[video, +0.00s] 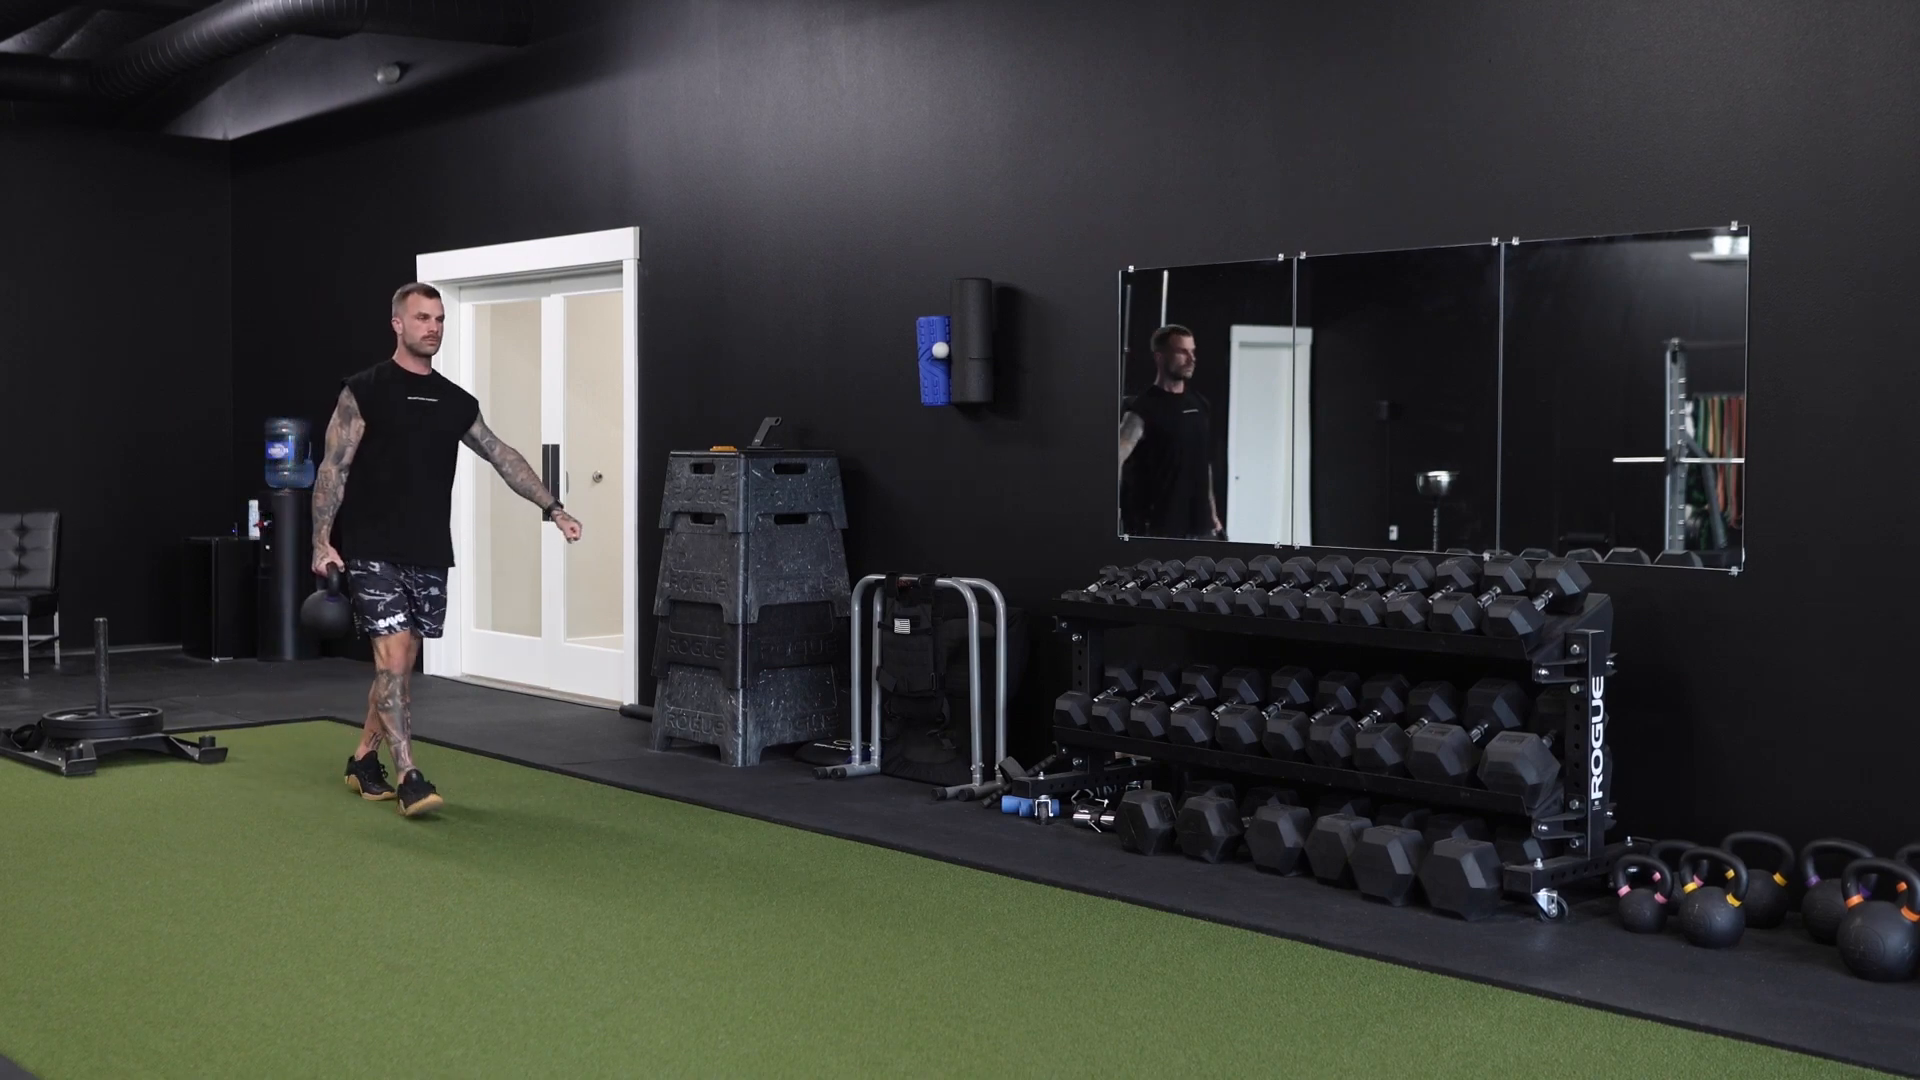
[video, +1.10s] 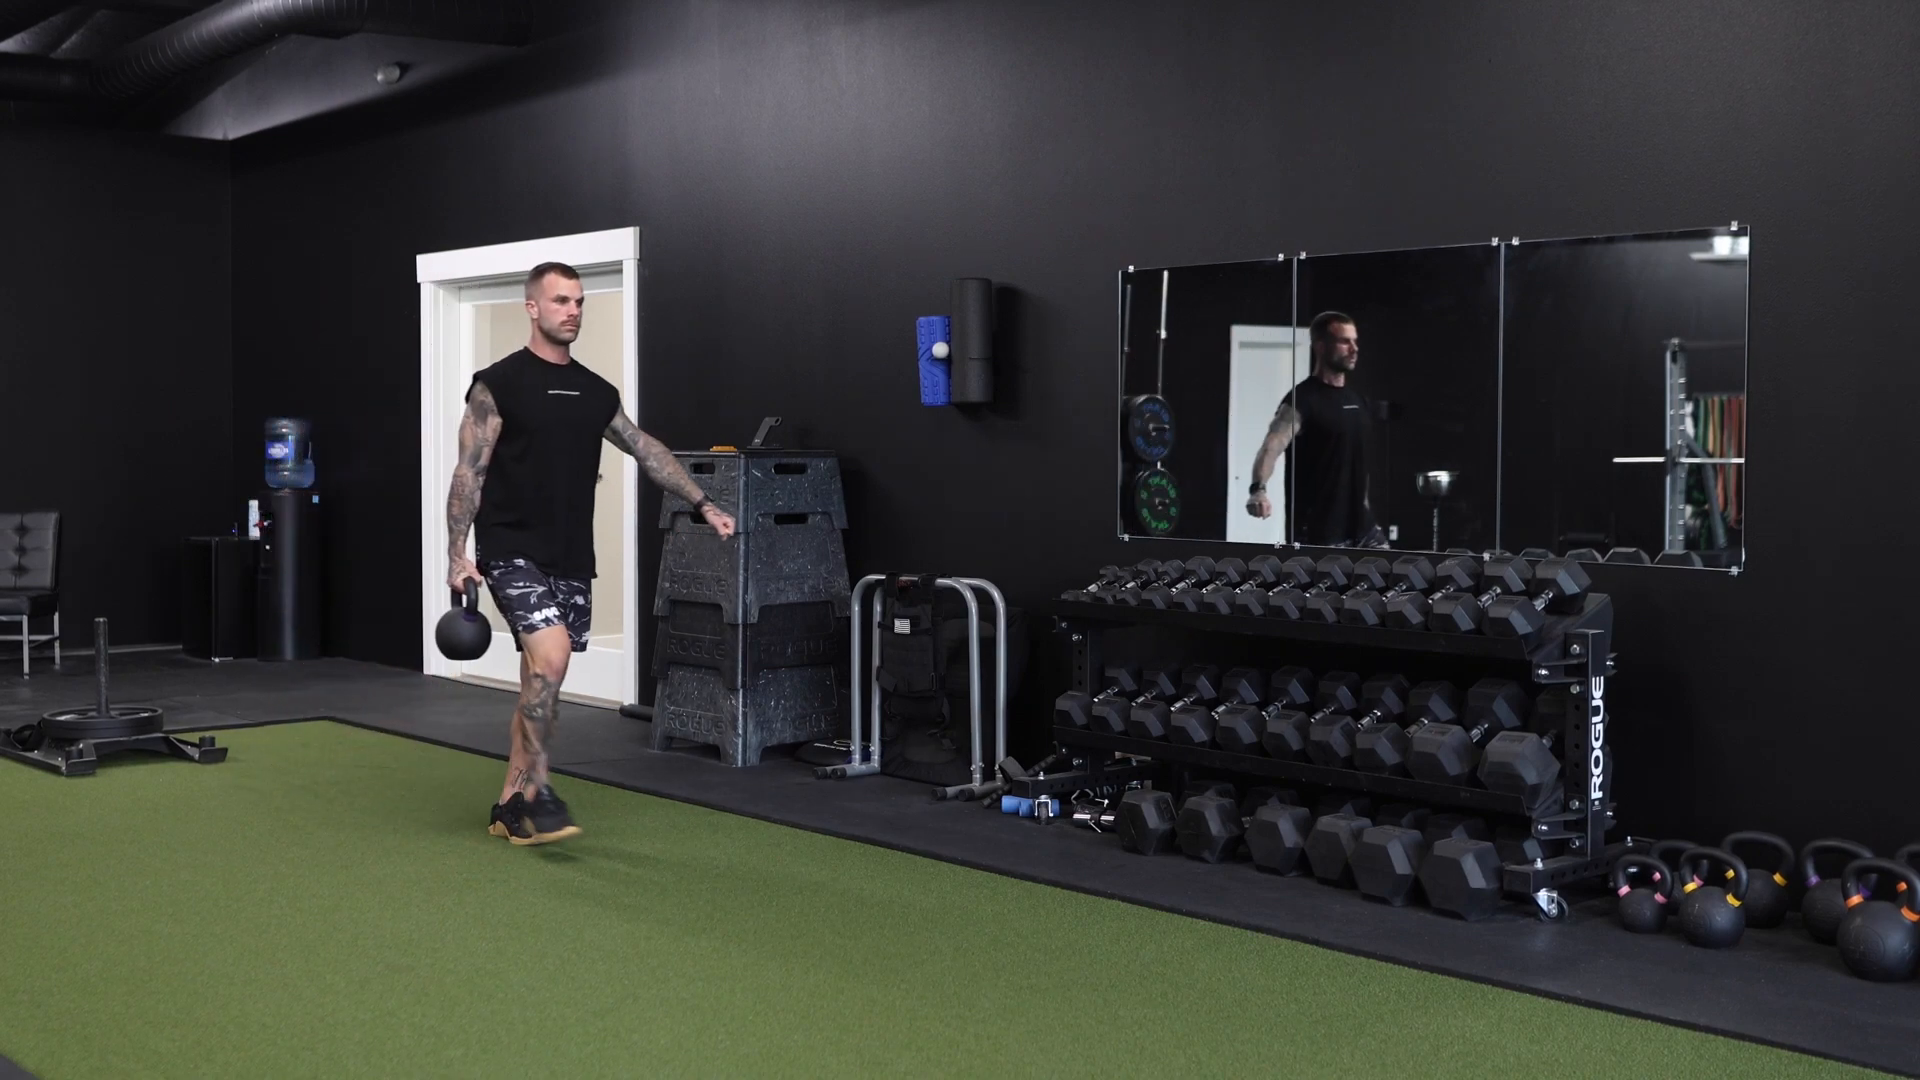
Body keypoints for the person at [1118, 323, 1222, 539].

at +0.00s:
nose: (1191, 359)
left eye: (1193, 352)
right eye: (1182, 352)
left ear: (1196, 354)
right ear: (1159, 357)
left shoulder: (1199, 406)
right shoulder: (1143, 407)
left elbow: (1204, 465)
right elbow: (1116, 458)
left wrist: (1211, 513)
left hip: (1194, 524)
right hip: (1152, 525)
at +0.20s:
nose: (1223, 354)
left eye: (1225, 347)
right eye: (1214, 347)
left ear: (1228, 350)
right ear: (1191, 351)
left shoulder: (1232, 404)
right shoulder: (1177, 402)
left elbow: (1232, 462)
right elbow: (1146, 448)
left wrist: (1241, 516)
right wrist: (1134, 487)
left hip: (1228, 524)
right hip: (1189, 524)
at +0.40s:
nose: (1249, 350)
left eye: (1251, 344)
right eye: (1240, 344)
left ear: (1253, 346)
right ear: (1217, 348)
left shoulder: (1257, 402)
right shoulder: (1203, 398)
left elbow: (1257, 459)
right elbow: (1172, 443)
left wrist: (1265, 511)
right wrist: (1158, 482)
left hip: (1248, 518)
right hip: (1211, 518)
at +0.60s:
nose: (1276, 353)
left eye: (1277, 346)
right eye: (1266, 346)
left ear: (1279, 348)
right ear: (1244, 349)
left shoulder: (1283, 404)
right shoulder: (1229, 401)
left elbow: (1287, 464)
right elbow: (1197, 448)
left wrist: (1296, 517)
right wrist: (1182, 488)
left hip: (1277, 521)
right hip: (1239, 520)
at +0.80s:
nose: (1307, 351)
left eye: (1309, 344)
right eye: (1298, 344)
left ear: (1313, 347)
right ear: (1273, 348)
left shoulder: (1313, 402)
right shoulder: (1257, 400)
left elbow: (1318, 466)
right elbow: (1226, 450)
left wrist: (1324, 521)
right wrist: (1212, 492)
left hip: (1310, 529)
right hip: (1269, 528)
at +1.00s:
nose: (1338, 349)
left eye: (1340, 342)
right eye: (1329, 342)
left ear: (1342, 344)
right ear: (1304, 345)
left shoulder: (1340, 400)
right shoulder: (1286, 398)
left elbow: (1339, 463)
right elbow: (1257, 447)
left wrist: (1349, 516)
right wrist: (1243, 488)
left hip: (1343, 527)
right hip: (1300, 531)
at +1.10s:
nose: (1354, 349)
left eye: (1355, 342)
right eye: (1344, 342)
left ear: (1357, 344)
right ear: (1319, 346)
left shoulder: (1356, 401)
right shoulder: (1302, 398)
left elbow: (1356, 464)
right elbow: (1272, 446)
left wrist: (1365, 516)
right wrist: (1258, 488)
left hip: (1360, 527)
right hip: (1315, 532)